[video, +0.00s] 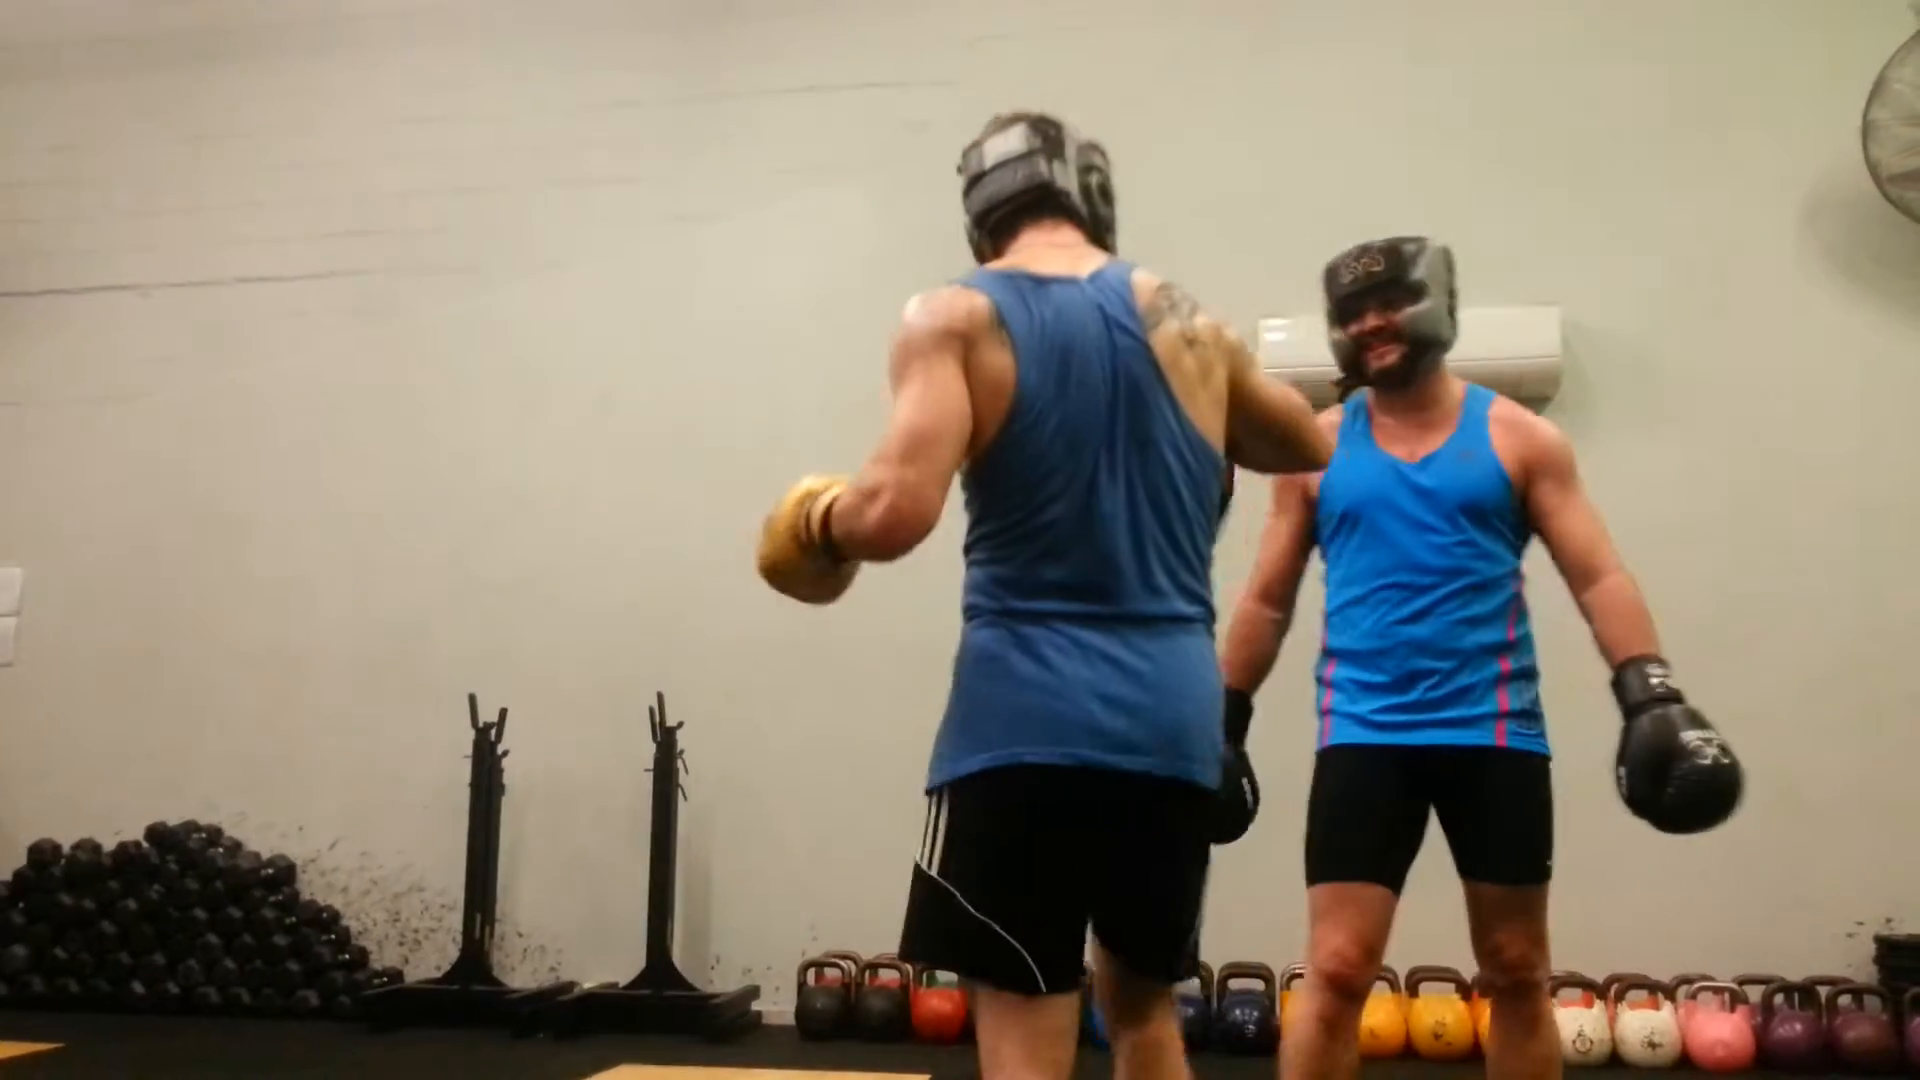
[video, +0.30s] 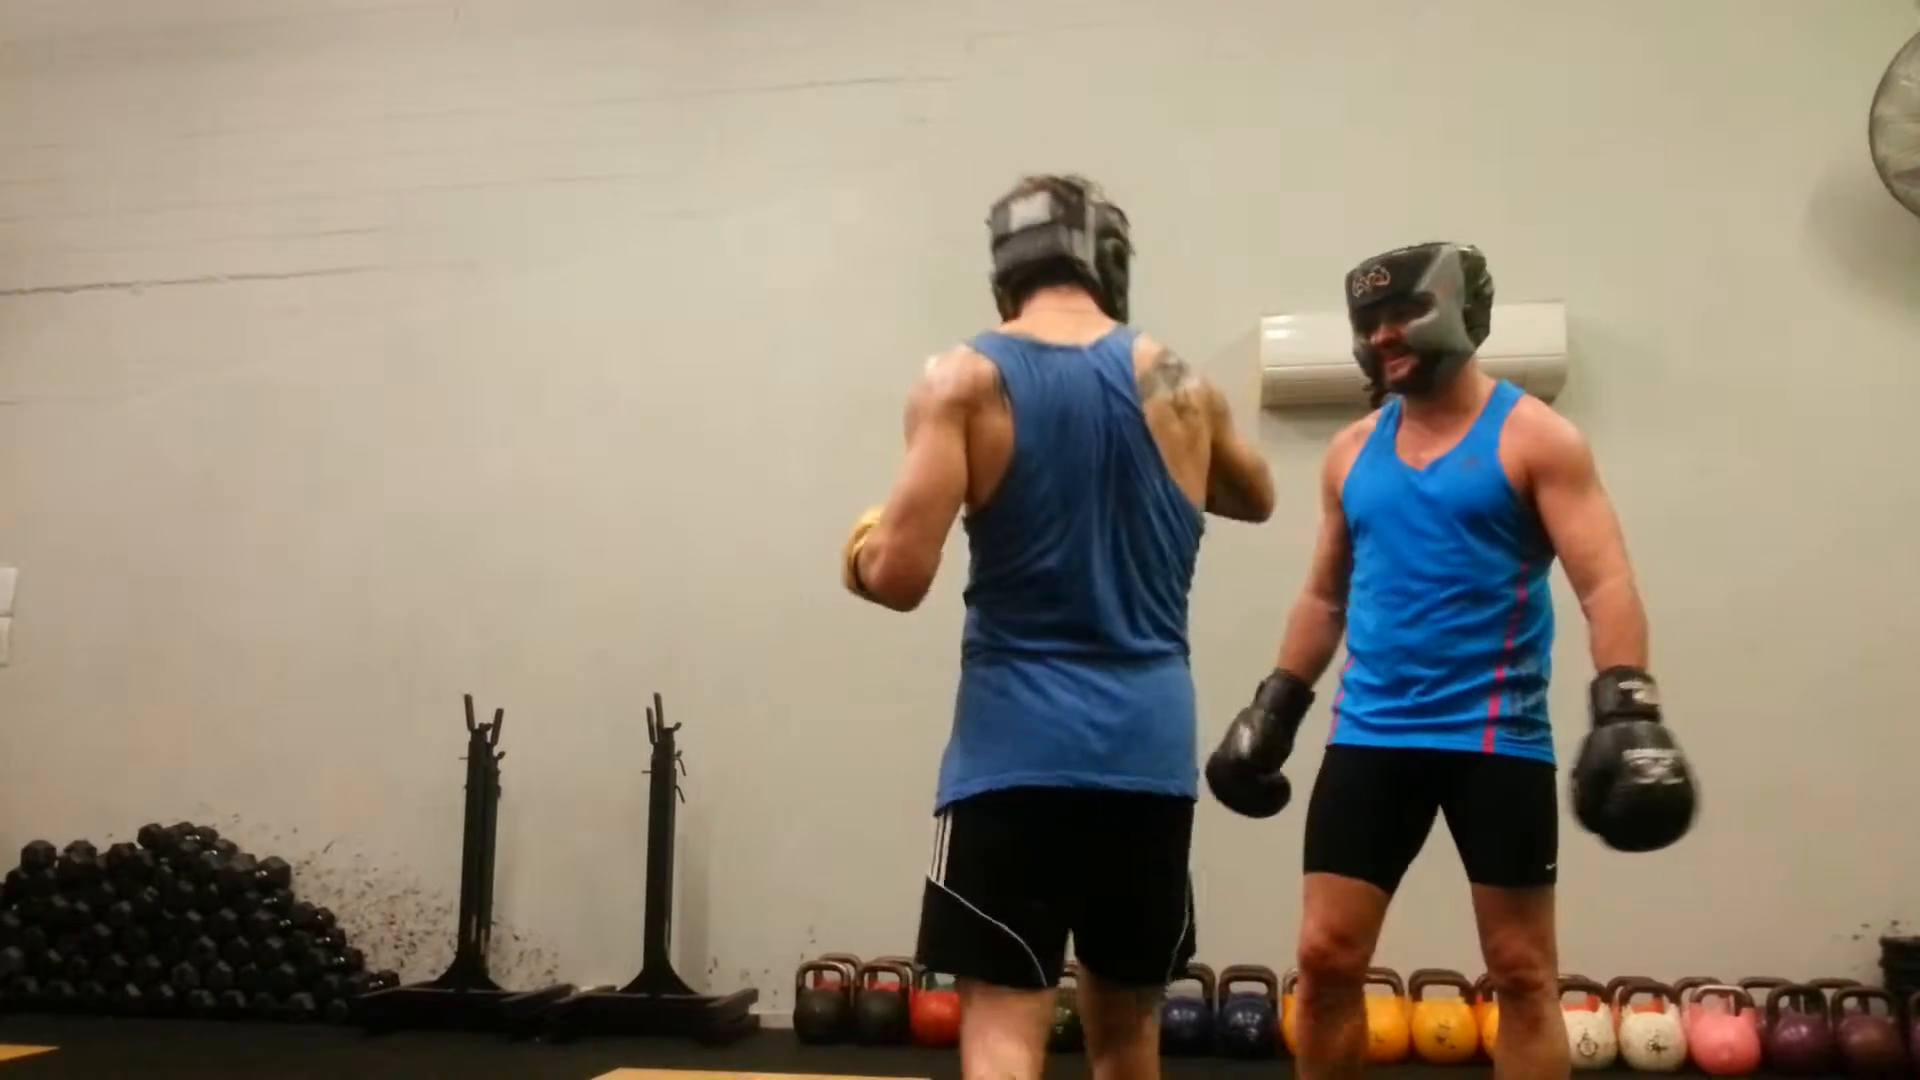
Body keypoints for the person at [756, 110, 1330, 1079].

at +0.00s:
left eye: (971, 213)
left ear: (979, 215)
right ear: (1096, 196)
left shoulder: (955, 317)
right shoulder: (1185, 326)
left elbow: (897, 515)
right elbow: (1307, 446)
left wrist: (823, 514)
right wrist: (1200, 413)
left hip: (1021, 728)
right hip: (1172, 731)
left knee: (1023, 1041)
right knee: (1143, 1004)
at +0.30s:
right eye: (1113, 251)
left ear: (1001, 267)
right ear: (1111, 259)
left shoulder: (964, 379)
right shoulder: (1180, 385)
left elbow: (900, 580)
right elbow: (1252, 497)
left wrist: (864, 549)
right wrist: (1147, 462)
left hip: (1013, 758)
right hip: (1150, 760)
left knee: (1001, 1033)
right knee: (1128, 1032)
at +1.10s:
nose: (1092, 381)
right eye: (1093, 371)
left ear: (992, 362)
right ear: (1077, 366)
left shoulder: (911, 454)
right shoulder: (1114, 465)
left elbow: (889, 605)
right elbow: (1137, 636)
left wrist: (967, 650)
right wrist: (1062, 669)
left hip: (944, 766)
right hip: (1063, 768)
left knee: (935, 991)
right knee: (1082, 994)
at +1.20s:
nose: (1074, 390)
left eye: (1073, 380)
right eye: (1072, 378)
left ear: (972, 366)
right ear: (1055, 370)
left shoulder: (891, 453)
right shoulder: (1084, 463)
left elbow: (889, 607)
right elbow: (1116, 629)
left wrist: (977, 650)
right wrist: (1045, 673)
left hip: (922, 754)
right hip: (1038, 754)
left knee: (930, 982)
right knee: (1085, 976)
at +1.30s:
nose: (1060, 400)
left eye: (1061, 387)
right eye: (1058, 386)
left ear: (959, 370)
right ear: (1039, 373)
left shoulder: (878, 460)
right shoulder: (1061, 457)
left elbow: (890, 606)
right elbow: (1098, 624)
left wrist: (1037, 687)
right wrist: (1034, 672)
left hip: (913, 758)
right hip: (1028, 755)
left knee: (928, 978)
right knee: (1092, 958)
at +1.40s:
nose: (1049, 411)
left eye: (1050, 398)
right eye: (1047, 395)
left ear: (953, 373)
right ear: (1028, 378)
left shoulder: (870, 463)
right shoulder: (1047, 458)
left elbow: (896, 606)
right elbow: (1085, 621)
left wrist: (1052, 678)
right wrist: (1042, 670)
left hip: (904, 757)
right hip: (1021, 755)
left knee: (927, 970)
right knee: (1090, 952)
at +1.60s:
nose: (1052, 384)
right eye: (1046, 369)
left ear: (945, 369)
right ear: (1033, 372)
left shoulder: (882, 466)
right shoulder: (1047, 463)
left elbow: (898, 602)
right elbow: (1083, 627)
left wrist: (1047, 671)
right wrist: (1048, 672)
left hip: (905, 756)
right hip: (1016, 756)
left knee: (920, 976)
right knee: (1082, 971)